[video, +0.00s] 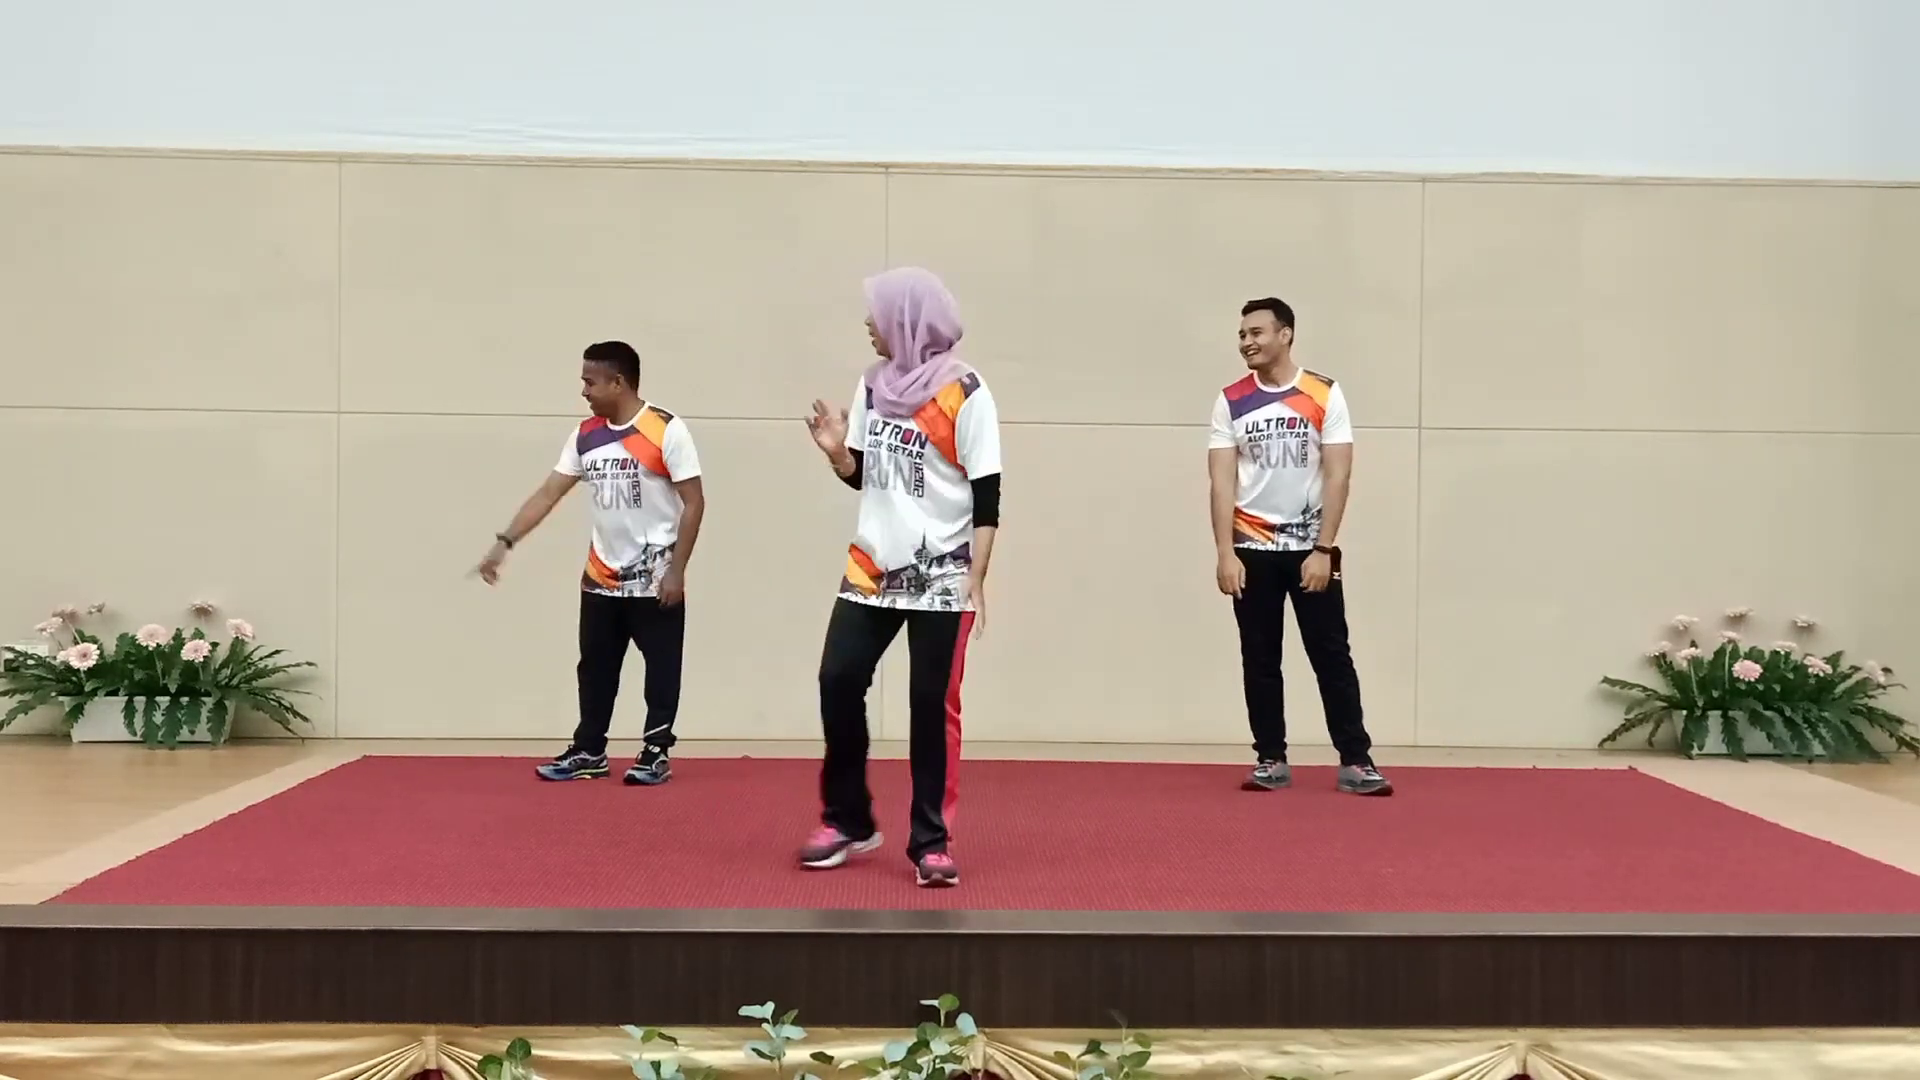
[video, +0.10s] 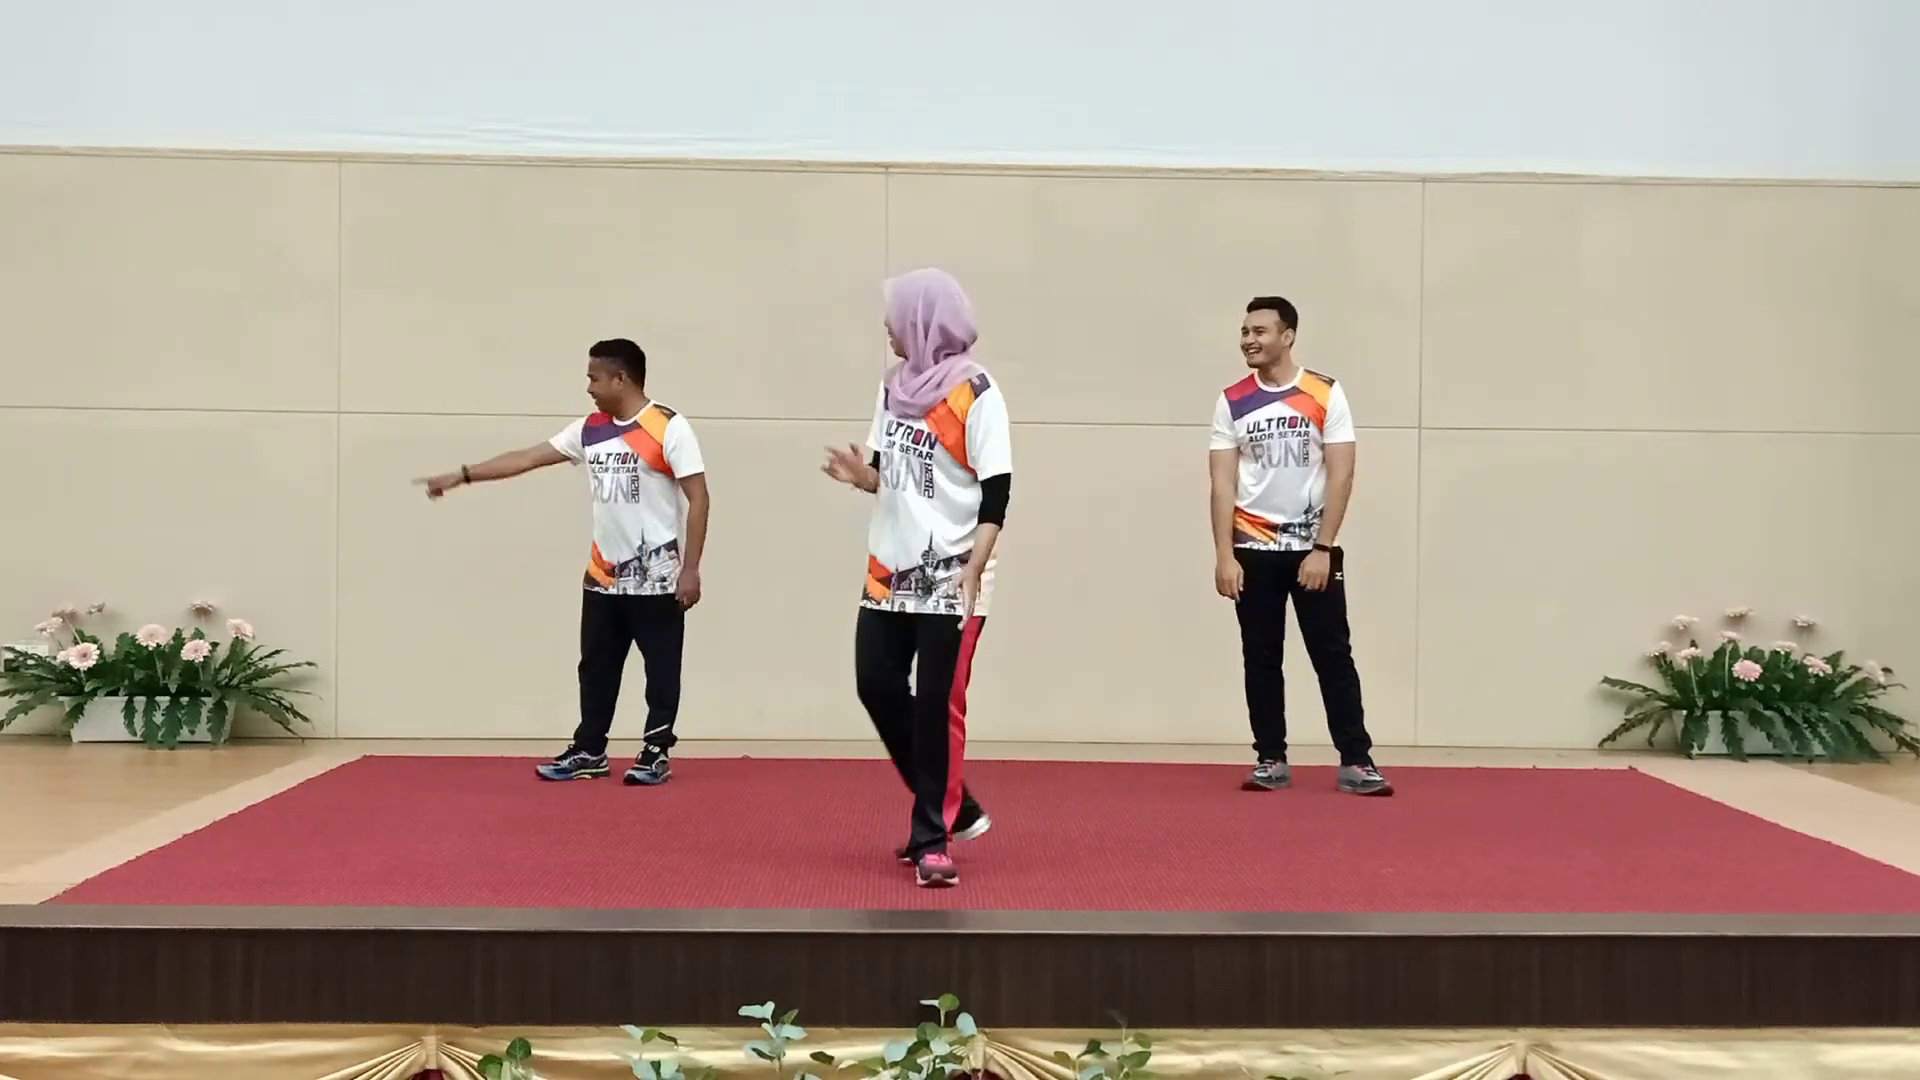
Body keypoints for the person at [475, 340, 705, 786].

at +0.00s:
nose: (583, 390)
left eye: (590, 381)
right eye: (583, 381)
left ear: (620, 382)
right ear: (607, 382)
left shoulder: (667, 432)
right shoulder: (586, 434)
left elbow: (694, 502)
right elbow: (548, 493)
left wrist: (677, 568)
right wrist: (504, 543)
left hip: (656, 576)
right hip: (603, 575)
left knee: (663, 670)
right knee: (596, 668)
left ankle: (655, 755)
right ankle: (588, 753)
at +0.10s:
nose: (588, 386)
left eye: (594, 378)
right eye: (588, 377)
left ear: (623, 379)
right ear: (615, 379)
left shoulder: (670, 428)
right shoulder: (588, 429)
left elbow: (699, 498)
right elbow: (528, 458)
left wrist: (691, 568)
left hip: (658, 576)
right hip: (605, 575)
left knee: (662, 672)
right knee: (596, 668)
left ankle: (656, 755)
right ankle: (589, 752)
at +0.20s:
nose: (591, 385)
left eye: (597, 376)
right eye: (591, 376)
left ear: (625, 377)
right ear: (615, 378)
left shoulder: (672, 428)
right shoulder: (591, 426)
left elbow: (700, 498)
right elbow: (525, 443)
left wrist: (695, 569)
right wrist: (459, 448)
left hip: (659, 577)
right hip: (605, 575)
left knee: (662, 672)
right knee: (596, 668)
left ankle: (656, 755)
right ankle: (589, 753)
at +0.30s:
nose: (597, 380)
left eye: (604, 372)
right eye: (597, 372)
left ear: (634, 375)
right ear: (620, 376)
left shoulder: (675, 428)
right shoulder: (593, 423)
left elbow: (701, 498)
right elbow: (529, 428)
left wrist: (694, 567)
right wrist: (463, 422)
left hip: (656, 576)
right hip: (602, 574)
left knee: (661, 672)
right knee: (594, 667)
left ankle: (656, 754)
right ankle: (589, 753)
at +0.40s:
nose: (603, 379)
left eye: (612, 370)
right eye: (602, 370)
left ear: (643, 373)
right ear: (604, 374)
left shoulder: (676, 428)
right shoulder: (594, 423)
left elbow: (701, 499)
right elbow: (528, 429)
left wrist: (691, 567)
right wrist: (463, 423)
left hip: (655, 575)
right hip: (601, 573)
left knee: (661, 671)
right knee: (593, 667)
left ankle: (656, 754)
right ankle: (589, 752)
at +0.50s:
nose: (627, 374)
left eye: (637, 366)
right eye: (619, 366)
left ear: (657, 374)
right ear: (610, 374)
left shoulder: (678, 427)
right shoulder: (593, 425)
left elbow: (700, 499)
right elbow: (530, 445)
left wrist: (685, 564)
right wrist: (464, 451)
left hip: (656, 574)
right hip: (601, 572)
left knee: (661, 670)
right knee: (593, 666)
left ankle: (656, 755)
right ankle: (589, 752)